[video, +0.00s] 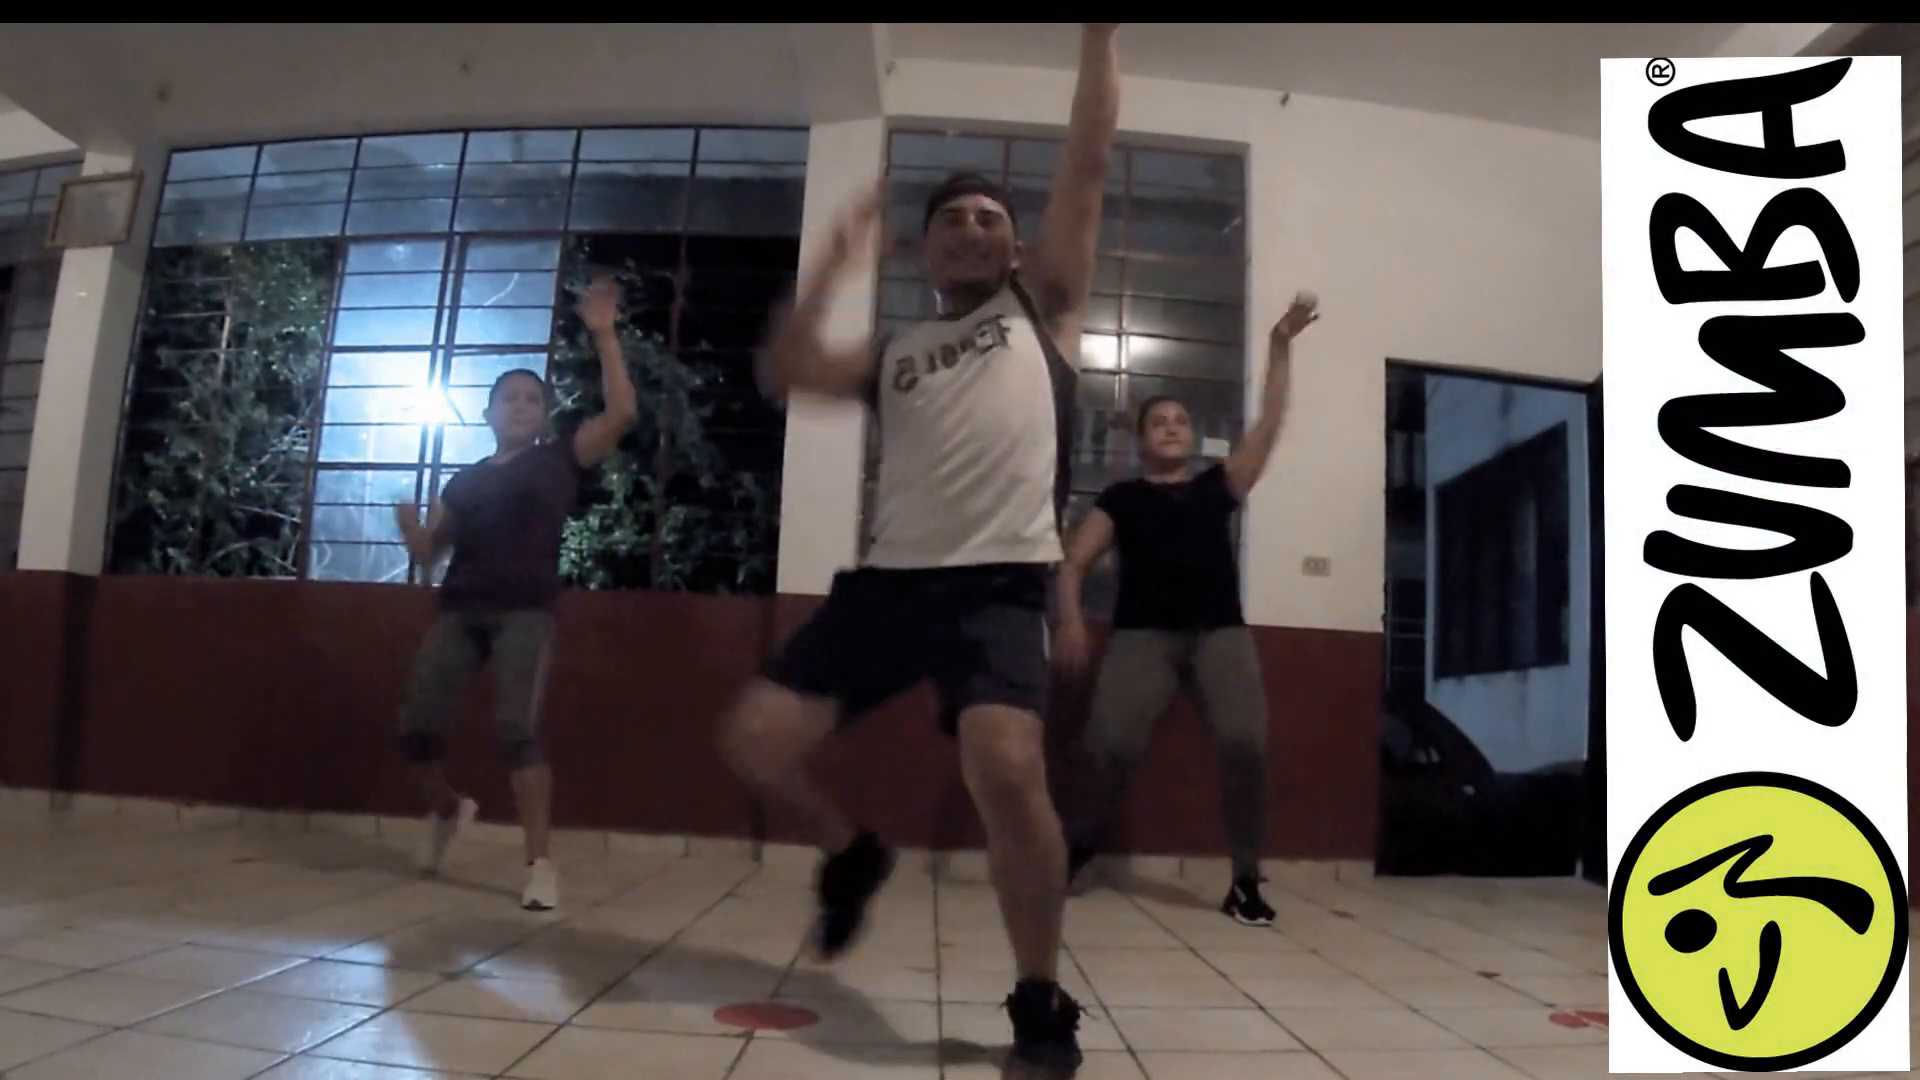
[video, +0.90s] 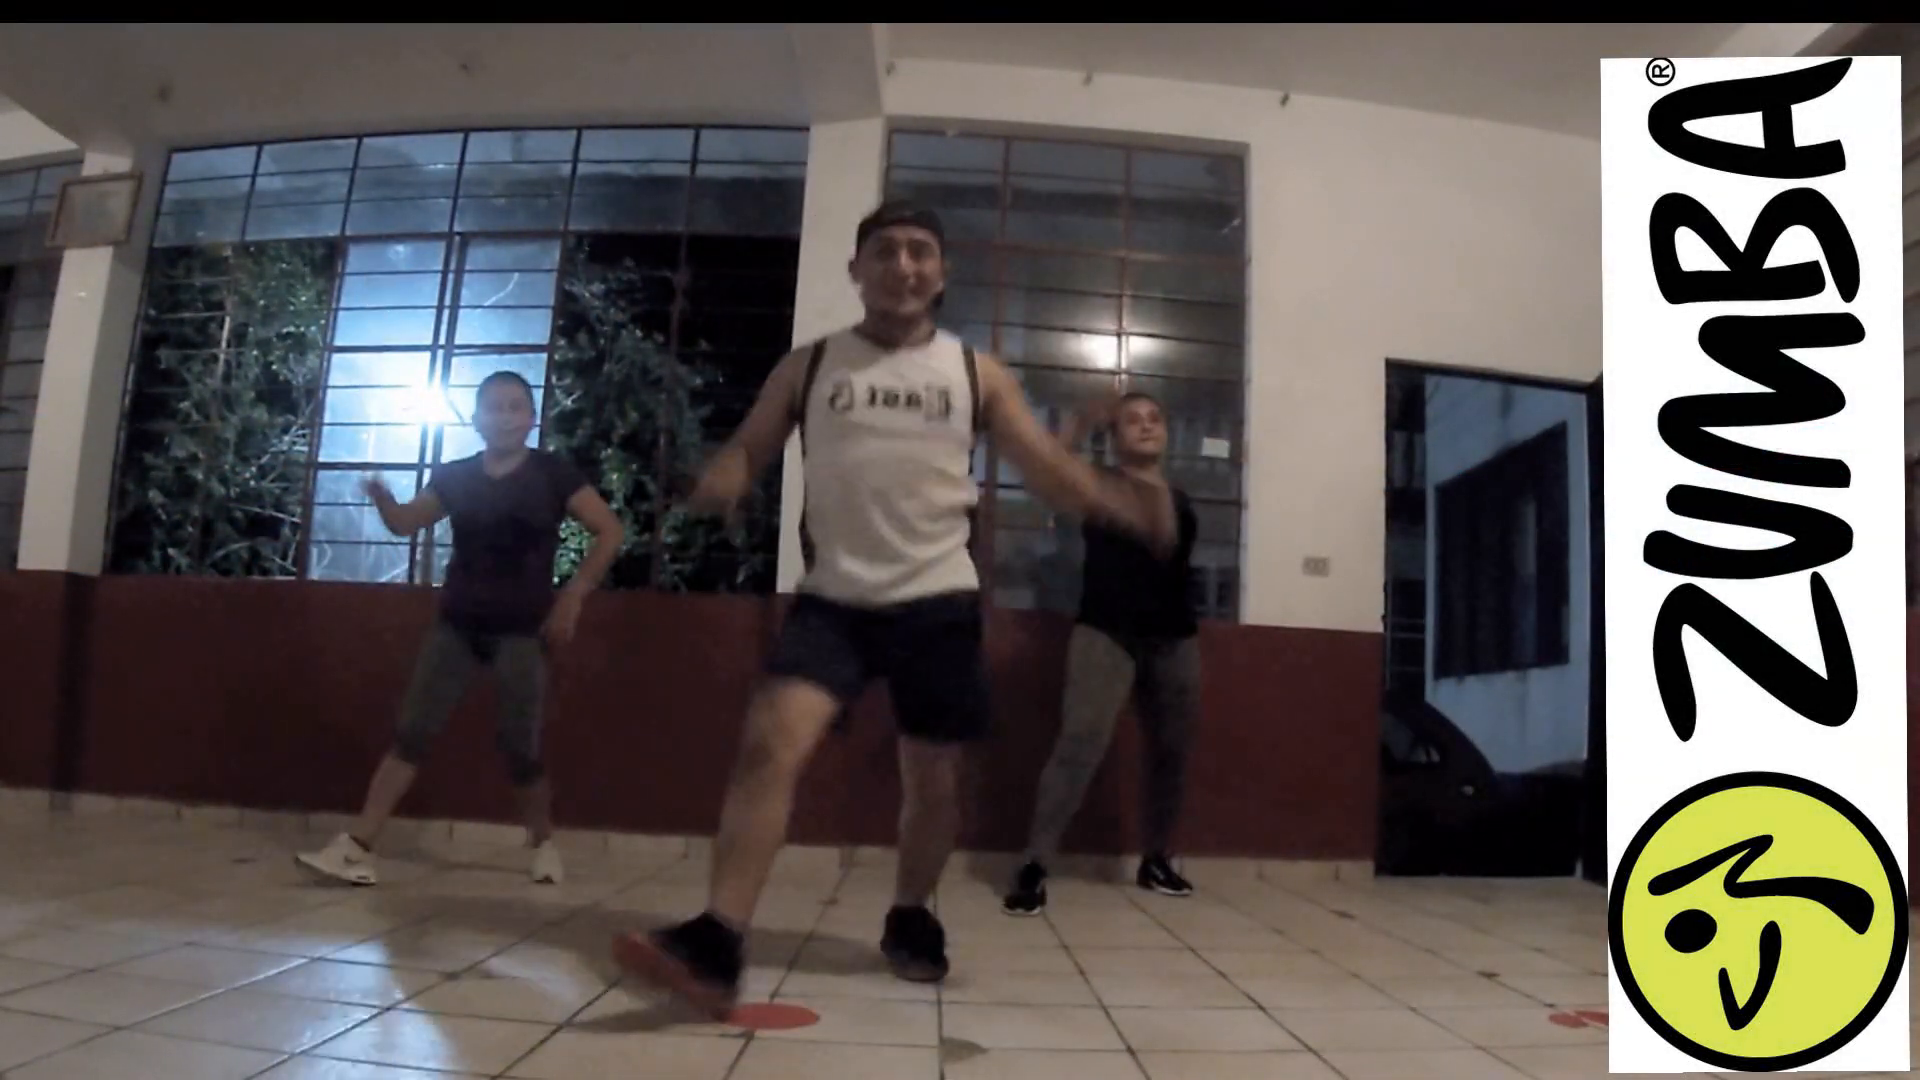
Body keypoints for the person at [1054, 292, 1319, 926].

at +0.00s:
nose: (1170, 430)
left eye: (1179, 423)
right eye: (1159, 423)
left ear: (1193, 436)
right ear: (1140, 438)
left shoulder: (1219, 485)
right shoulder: (1123, 498)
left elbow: (1269, 423)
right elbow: (1071, 562)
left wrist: (1280, 345)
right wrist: (1069, 626)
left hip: (1219, 635)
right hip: (1142, 637)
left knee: (1244, 741)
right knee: (1109, 743)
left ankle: (1247, 880)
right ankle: (1073, 857)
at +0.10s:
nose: (1173, 419)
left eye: (1182, 413)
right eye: (1162, 413)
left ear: (1198, 429)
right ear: (1144, 431)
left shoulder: (1225, 478)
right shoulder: (1127, 491)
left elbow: (1299, 428)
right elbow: (1076, 527)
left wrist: (1292, 355)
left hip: (1218, 626)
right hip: (1139, 626)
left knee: (1236, 743)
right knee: (1080, 723)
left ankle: (1243, 880)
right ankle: (1079, 849)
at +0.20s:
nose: (1167, 410)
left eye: (1175, 403)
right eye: (1155, 405)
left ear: (1190, 417)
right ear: (1135, 422)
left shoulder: (1221, 467)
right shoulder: (1122, 476)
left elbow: (1306, 448)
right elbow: (1058, 474)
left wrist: (1297, 374)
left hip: (1210, 619)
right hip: (1133, 616)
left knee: (1227, 737)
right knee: (1075, 716)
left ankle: (1242, 878)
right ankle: (1044, 857)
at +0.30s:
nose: (1156, 406)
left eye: (1164, 401)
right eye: (1143, 401)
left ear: (1179, 419)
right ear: (1122, 421)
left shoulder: (1207, 475)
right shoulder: (1110, 471)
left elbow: (1290, 487)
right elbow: (1066, 411)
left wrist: (1296, 423)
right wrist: (1078, 336)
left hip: (1197, 614)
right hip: (1120, 611)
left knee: (1219, 740)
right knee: (1077, 730)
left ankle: (1241, 876)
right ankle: (1029, 860)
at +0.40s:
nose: (1145, 417)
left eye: (1154, 411)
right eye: (1134, 410)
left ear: (1166, 428)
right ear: (1114, 424)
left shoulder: (1185, 492)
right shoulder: (1095, 477)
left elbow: (1242, 548)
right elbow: (1071, 396)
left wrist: (1261, 508)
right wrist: (1083, 323)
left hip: (1178, 625)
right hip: (1100, 622)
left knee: (1207, 746)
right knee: (1069, 740)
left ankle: (1237, 878)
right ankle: (1036, 870)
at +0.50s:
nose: (1140, 414)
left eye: (1149, 409)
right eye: (1129, 407)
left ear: (1159, 429)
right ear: (1106, 423)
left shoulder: (1167, 498)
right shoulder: (1084, 470)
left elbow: (1164, 580)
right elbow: (1055, 390)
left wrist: (1206, 577)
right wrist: (1088, 327)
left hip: (1160, 628)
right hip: (1087, 624)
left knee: (1205, 739)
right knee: (1064, 743)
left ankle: (1234, 877)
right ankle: (1030, 872)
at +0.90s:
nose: (1146, 428)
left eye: (1153, 420)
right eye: (1134, 421)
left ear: (1165, 434)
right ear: (1114, 436)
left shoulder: (1178, 503)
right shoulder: (1101, 490)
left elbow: (1176, 554)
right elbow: (1055, 479)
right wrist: (1080, 423)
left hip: (1171, 634)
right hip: (1107, 630)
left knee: (1173, 748)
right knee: (1080, 744)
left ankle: (1157, 859)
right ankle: (1034, 865)